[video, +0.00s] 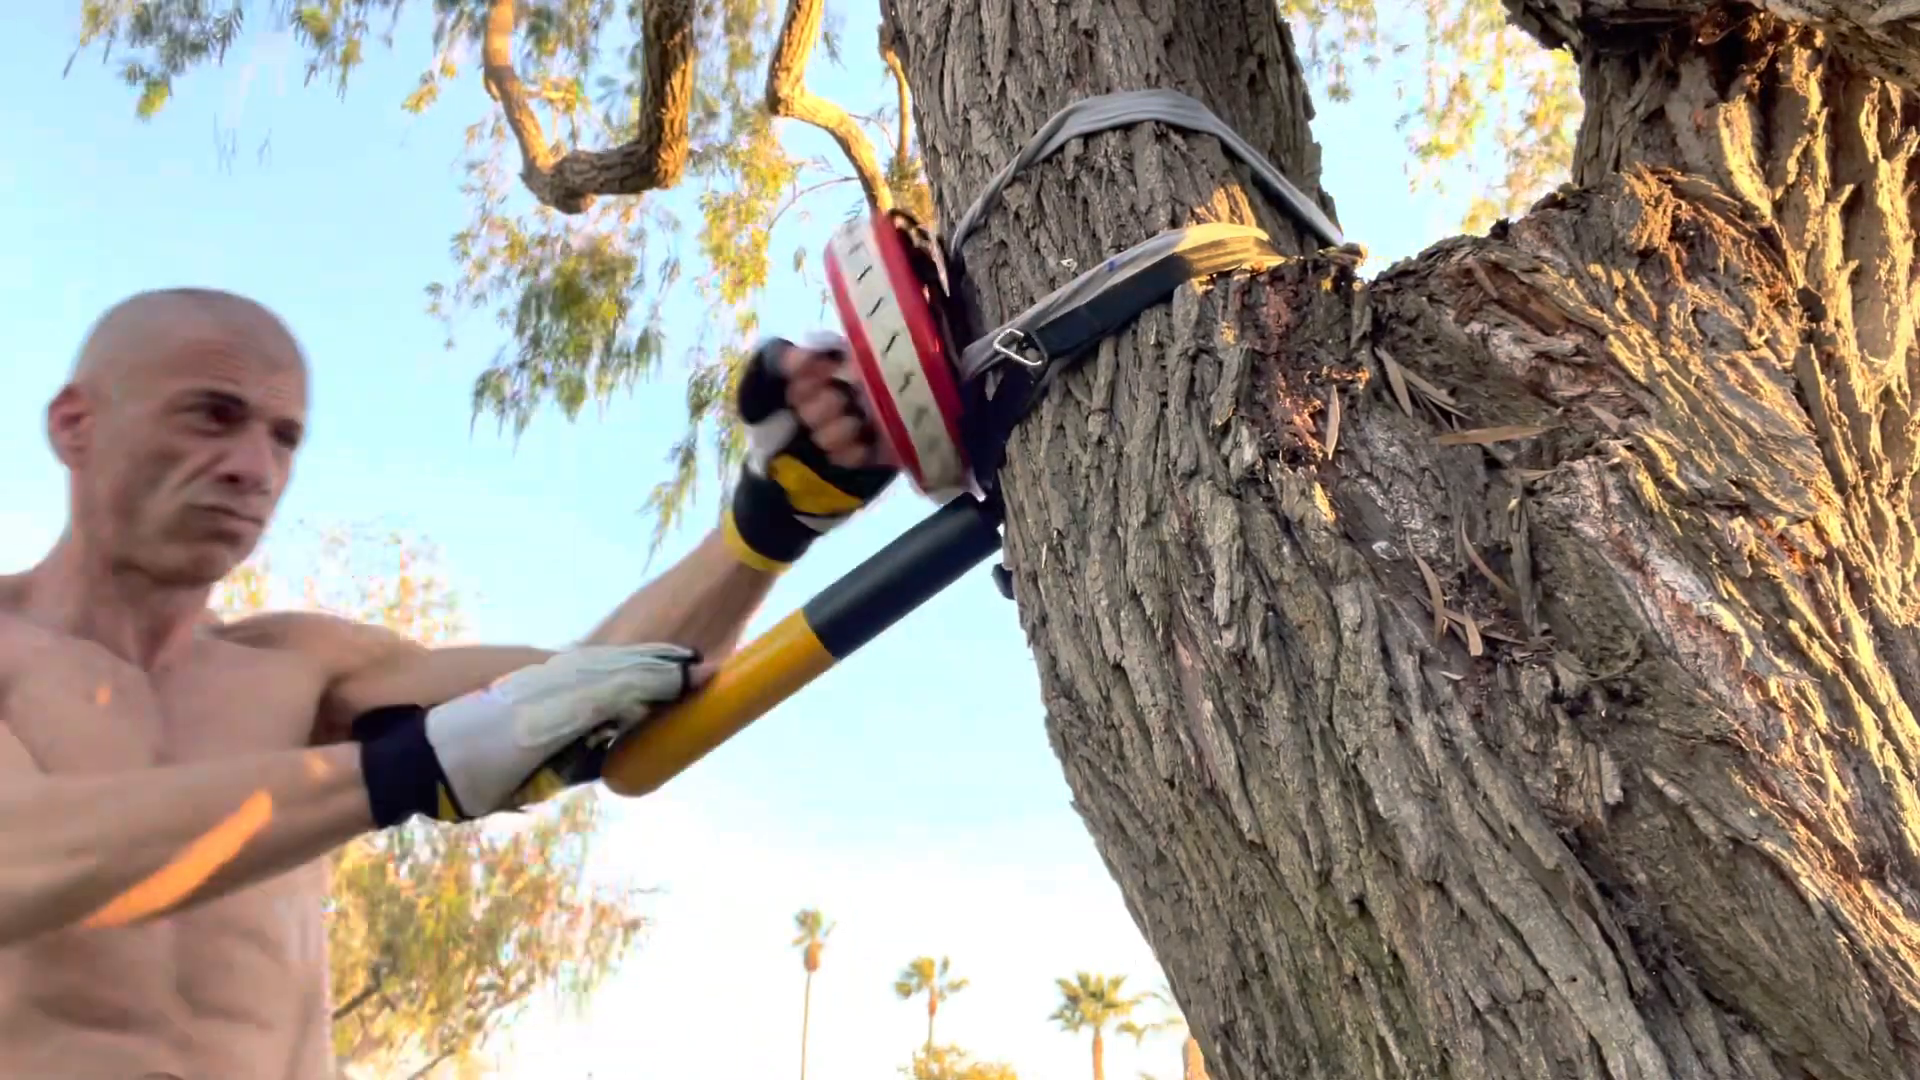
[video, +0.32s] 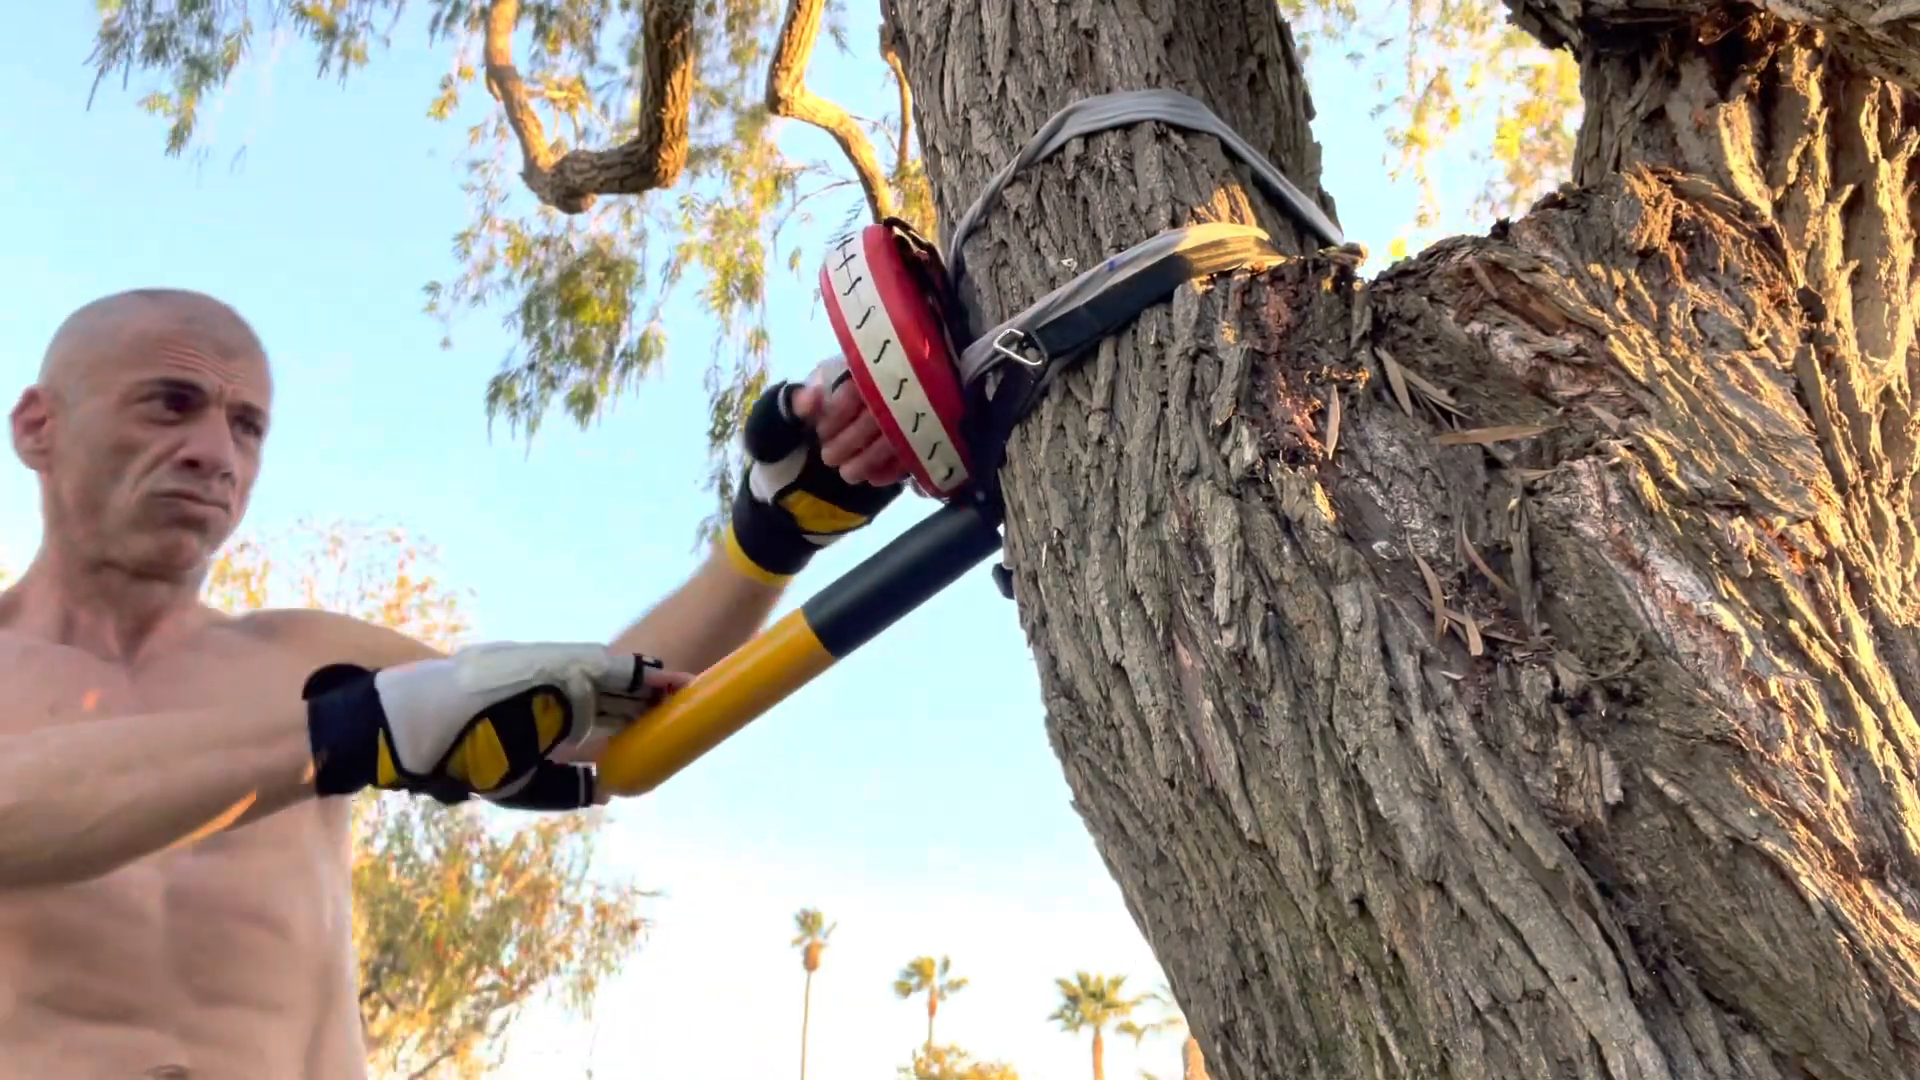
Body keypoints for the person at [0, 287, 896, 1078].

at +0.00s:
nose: (257, 465)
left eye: (283, 439)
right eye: (213, 415)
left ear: (295, 467)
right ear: (72, 426)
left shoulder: (303, 664)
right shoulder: (14, 653)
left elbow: (585, 706)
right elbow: (25, 873)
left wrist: (775, 512)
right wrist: (415, 766)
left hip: (279, 1062)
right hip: (61, 1060)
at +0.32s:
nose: (213, 452)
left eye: (243, 427)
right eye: (165, 403)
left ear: (260, 464)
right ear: (37, 430)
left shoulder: (313, 658)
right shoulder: (8, 663)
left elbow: (586, 739)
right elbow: (23, 832)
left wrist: (775, 531)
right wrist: (359, 729)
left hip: (301, 1060)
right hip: (55, 1056)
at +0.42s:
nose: (336, 459)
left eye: (363, 434)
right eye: (290, 410)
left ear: (377, 473)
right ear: (161, 432)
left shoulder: (407, 707)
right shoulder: (31, 653)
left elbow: (719, 810)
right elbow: (19, 794)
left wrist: (789, 596)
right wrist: (361, 684)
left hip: (365, 1058)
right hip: (82, 1055)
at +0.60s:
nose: (633, 485)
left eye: (650, 465)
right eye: (598, 436)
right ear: (469, 440)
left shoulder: (591, 735)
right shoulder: (331, 610)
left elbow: (783, 979)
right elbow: (294, 455)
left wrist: (785, 763)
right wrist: (610, 538)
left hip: (529, 1061)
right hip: (303, 1052)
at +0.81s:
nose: (784, 462)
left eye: (789, 445)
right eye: (739, 424)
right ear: (632, 425)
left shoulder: (715, 766)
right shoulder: (529, 523)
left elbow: (787, 1023)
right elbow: (820, 350)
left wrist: (792, 768)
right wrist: (876, 601)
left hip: (607, 1060)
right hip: (378, 1052)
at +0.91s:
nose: (746, 471)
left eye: (754, 456)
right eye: (707, 431)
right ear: (599, 426)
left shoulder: (695, 742)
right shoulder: (492, 532)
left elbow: (810, 1010)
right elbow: (794, 370)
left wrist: (808, 761)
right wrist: (858, 598)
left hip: (601, 1059)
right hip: (371, 1051)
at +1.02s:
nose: (663, 484)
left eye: (690, 448)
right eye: (636, 437)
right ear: (504, 440)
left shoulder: (621, 731)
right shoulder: (376, 574)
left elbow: (762, 991)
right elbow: (675, 432)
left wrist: (778, 710)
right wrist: (835, 500)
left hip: (541, 1059)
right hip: (307, 1051)